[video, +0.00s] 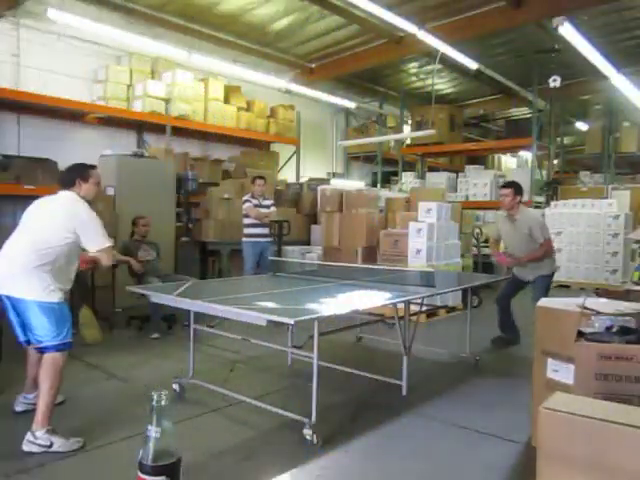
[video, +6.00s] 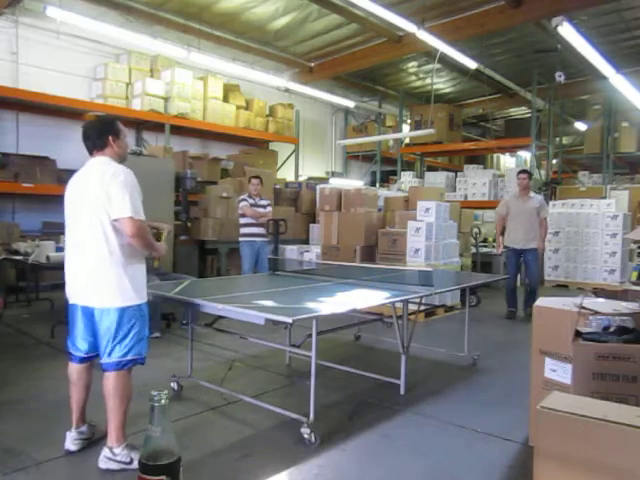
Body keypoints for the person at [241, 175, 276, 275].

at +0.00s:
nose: (260, 188)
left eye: (262, 185)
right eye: (258, 185)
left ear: (265, 187)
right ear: (253, 186)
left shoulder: (269, 201)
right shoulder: (247, 199)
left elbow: (272, 217)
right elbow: (253, 213)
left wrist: (257, 215)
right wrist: (268, 214)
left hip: (266, 240)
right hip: (250, 240)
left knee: (266, 269)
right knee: (250, 270)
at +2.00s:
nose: (258, 187)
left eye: (260, 185)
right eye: (255, 185)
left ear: (262, 186)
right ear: (249, 187)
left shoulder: (268, 201)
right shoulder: (244, 199)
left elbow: (272, 215)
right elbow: (248, 211)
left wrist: (258, 216)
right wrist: (265, 212)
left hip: (265, 238)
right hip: (249, 238)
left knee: (266, 269)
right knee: (248, 270)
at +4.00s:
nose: (251, 186)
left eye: (253, 183)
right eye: (248, 183)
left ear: (256, 185)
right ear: (244, 185)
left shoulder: (262, 200)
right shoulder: (239, 198)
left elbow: (268, 216)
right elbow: (243, 211)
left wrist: (252, 217)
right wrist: (261, 212)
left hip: (260, 238)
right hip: (244, 238)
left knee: (262, 269)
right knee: (244, 270)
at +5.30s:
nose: (263, 188)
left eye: (265, 185)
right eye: (260, 185)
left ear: (269, 186)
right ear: (257, 187)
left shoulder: (275, 200)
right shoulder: (252, 199)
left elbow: (280, 214)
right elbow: (257, 213)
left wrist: (268, 218)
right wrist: (273, 214)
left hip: (271, 238)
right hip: (255, 238)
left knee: (268, 268)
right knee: (251, 268)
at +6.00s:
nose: (255, 187)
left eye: (257, 185)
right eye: (252, 185)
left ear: (261, 187)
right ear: (248, 186)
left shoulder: (266, 202)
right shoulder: (243, 199)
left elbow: (270, 217)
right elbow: (248, 212)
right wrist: (264, 214)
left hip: (263, 239)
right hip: (247, 239)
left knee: (263, 269)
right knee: (248, 270)